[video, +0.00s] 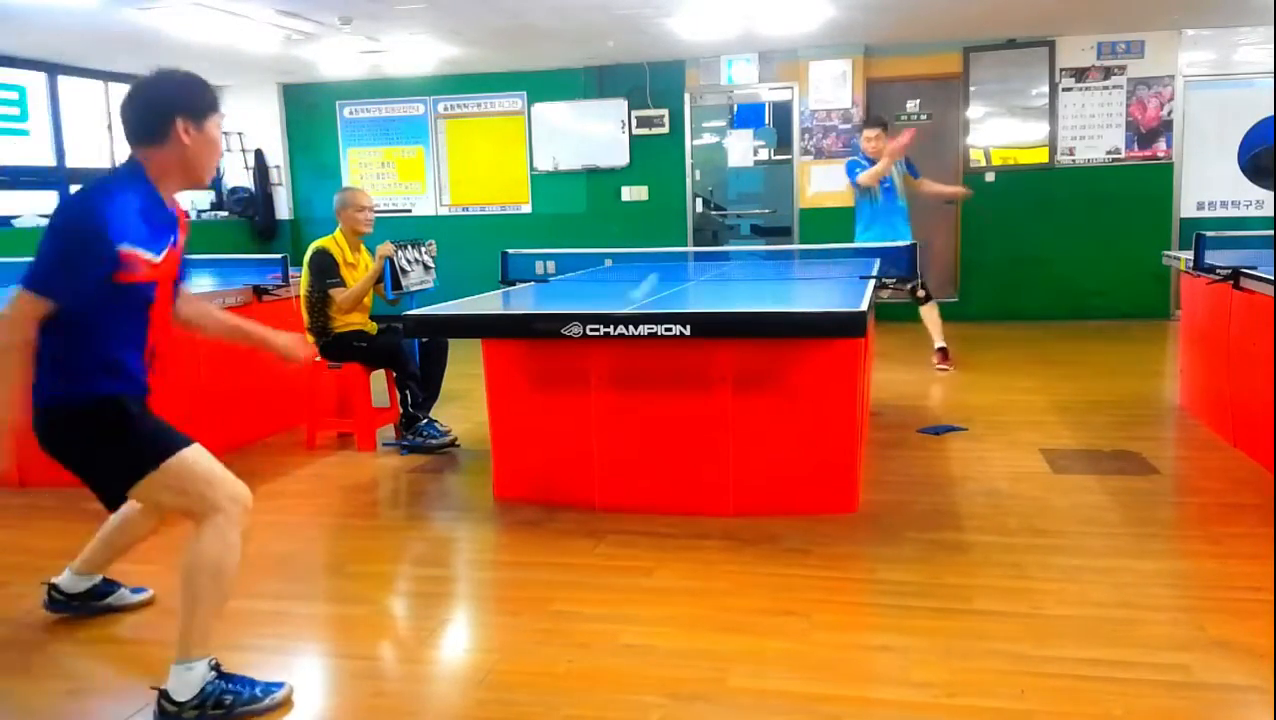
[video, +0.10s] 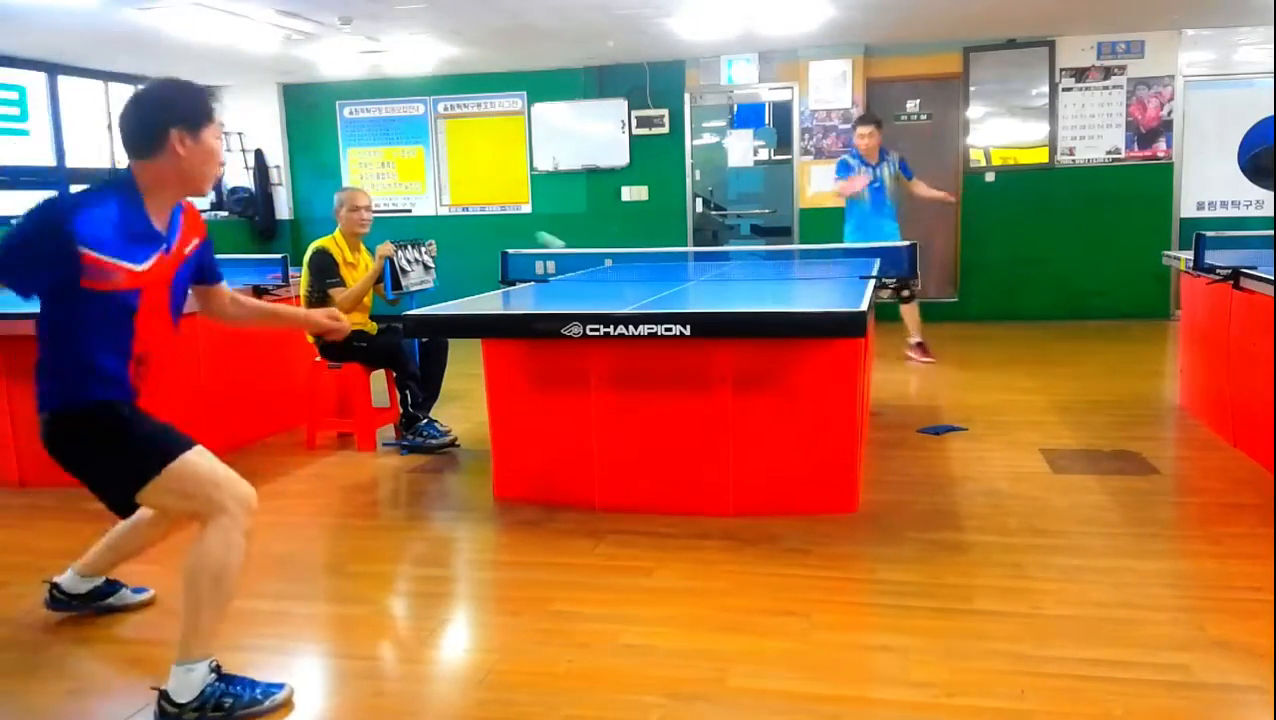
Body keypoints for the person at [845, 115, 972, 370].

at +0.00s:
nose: (872, 145)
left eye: (877, 139)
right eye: (867, 139)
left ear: (887, 139)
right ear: (860, 141)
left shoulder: (899, 160)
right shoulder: (855, 163)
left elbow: (920, 185)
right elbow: (866, 181)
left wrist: (954, 191)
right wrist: (889, 158)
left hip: (901, 241)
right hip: (869, 244)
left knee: (920, 291)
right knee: (863, 298)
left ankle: (940, 348)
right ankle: (858, 353)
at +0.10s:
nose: (864, 142)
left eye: (869, 136)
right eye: (859, 137)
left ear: (880, 137)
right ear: (853, 139)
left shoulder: (893, 160)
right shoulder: (847, 163)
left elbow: (915, 186)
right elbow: (840, 190)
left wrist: (940, 195)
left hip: (890, 238)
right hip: (858, 240)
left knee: (905, 287)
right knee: (859, 291)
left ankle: (915, 341)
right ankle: (859, 342)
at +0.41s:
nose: (840, 143)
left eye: (845, 138)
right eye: (836, 139)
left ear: (857, 138)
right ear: (832, 141)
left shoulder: (873, 164)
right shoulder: (830, 170)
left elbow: (886, 197)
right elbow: (823, 201)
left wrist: (870, 210)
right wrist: (811, 219)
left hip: (868, 236)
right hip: (838, 237)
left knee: (881, 285)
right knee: (836, 283)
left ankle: (892, 335)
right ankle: (840, 334)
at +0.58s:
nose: (802, 165)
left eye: (806, 158)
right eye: (799, 160)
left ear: (821, 157)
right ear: (798, 163)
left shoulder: (842, 176)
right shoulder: (806, 186)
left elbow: (873, 193)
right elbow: (800, 214)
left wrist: (883, 214)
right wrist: (776, 232)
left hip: (853, 251)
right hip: (822, 253)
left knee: (871, 293)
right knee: (820, 297)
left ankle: (892, 337)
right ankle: (824, 344)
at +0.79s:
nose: (781, 166)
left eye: (784, 160)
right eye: (779, 162)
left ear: (800, 157)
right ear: (788, 162)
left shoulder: (825, 174)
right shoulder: (792, 184)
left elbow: (860, 187)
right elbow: (774, 208)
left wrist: (877, 204)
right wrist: (744, 215)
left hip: (842, 250)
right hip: (812, 251)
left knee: (866, 291)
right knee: (810, 296)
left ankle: (892, 336)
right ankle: (814, 344)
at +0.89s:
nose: (776, 161)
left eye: (780, 156)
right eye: (774, 157)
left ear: (795, 154)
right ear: (778, 160)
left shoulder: (818, 170)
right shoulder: (782, 180)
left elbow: (846, 183)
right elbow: (753, 194)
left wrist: (861, 201)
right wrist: (723, 194)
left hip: (837, 244)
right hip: (806, 248)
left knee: (863, 287)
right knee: (808, 293)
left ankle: (891, 332)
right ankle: (814, 339)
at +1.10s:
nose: (780, 142)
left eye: (785, 137)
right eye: (778, 138)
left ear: (798, 137)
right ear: (775, 141)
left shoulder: (814, 154)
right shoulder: (773, 161)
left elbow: (845, 170)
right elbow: (752, 182)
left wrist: (871, 190)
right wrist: (736, 185)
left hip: (819, 230)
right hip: (791, 232)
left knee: (823, 276)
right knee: (794, 277)